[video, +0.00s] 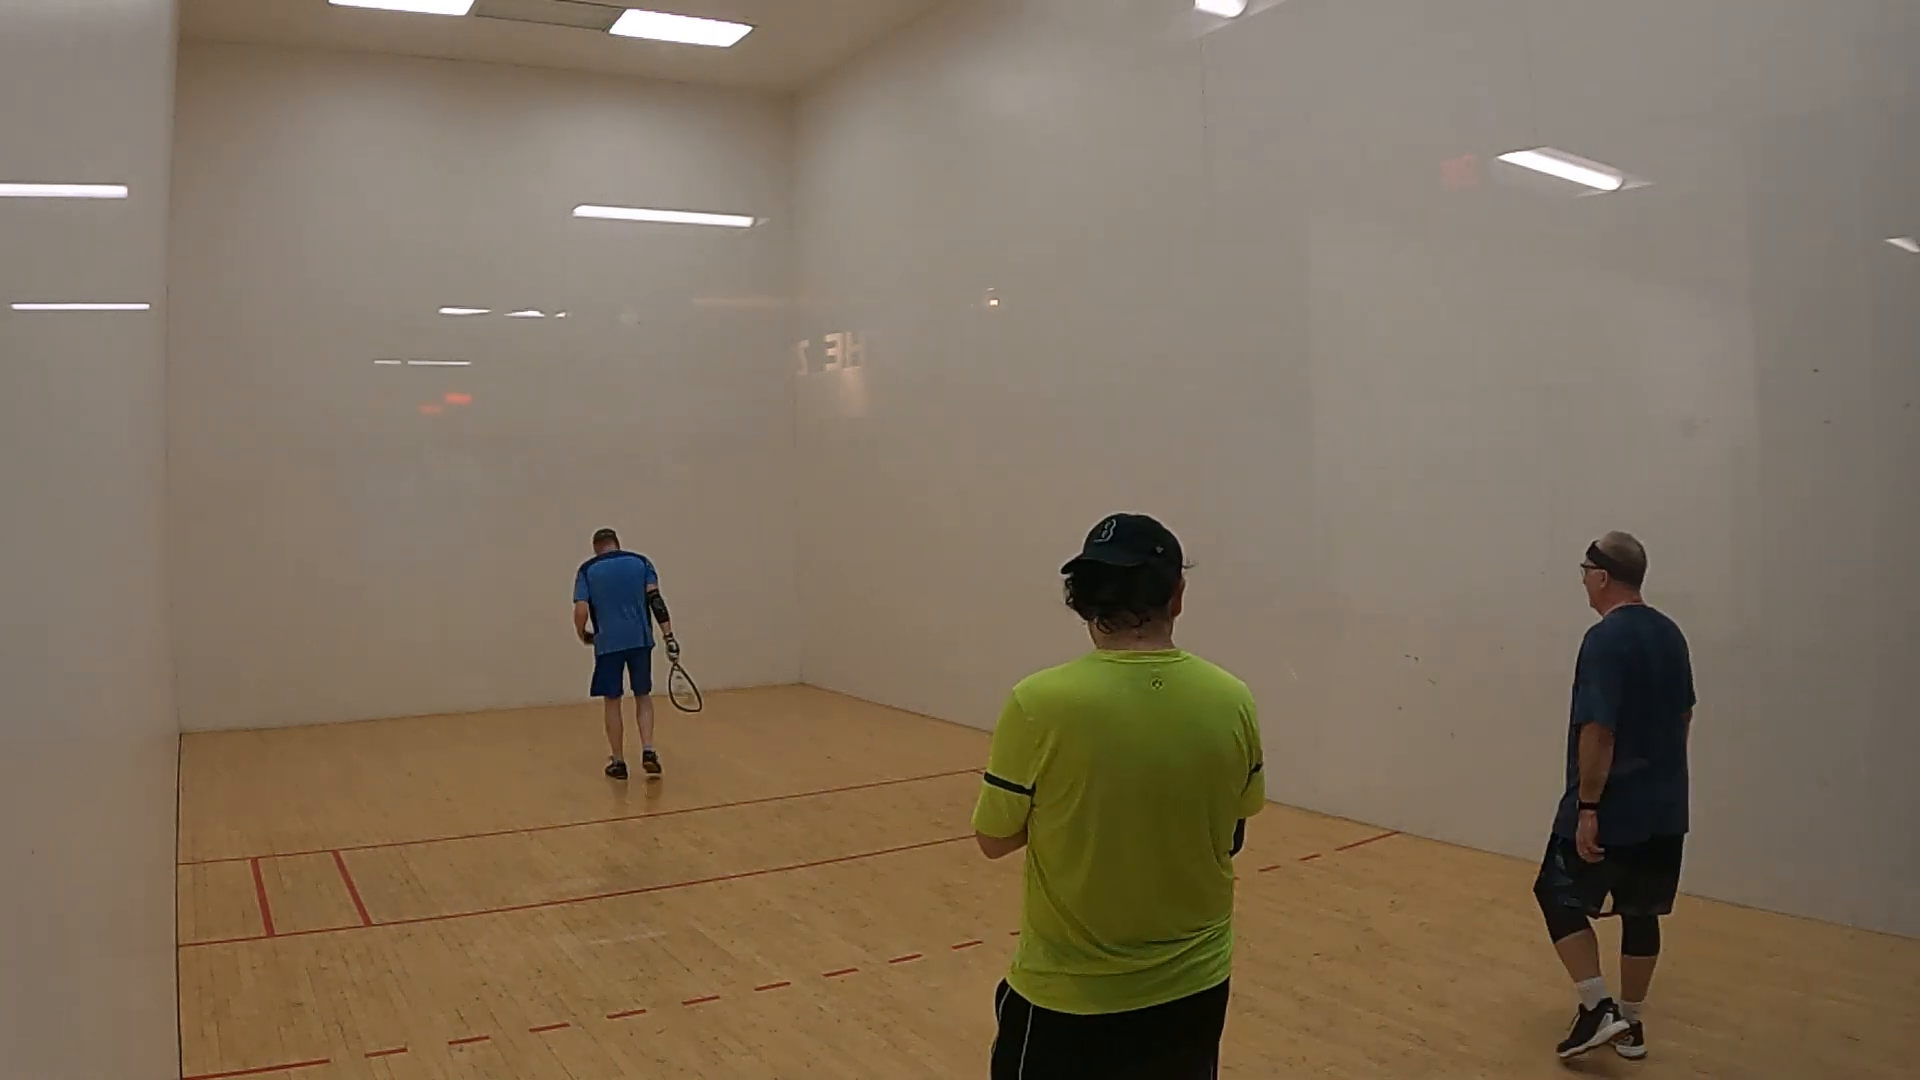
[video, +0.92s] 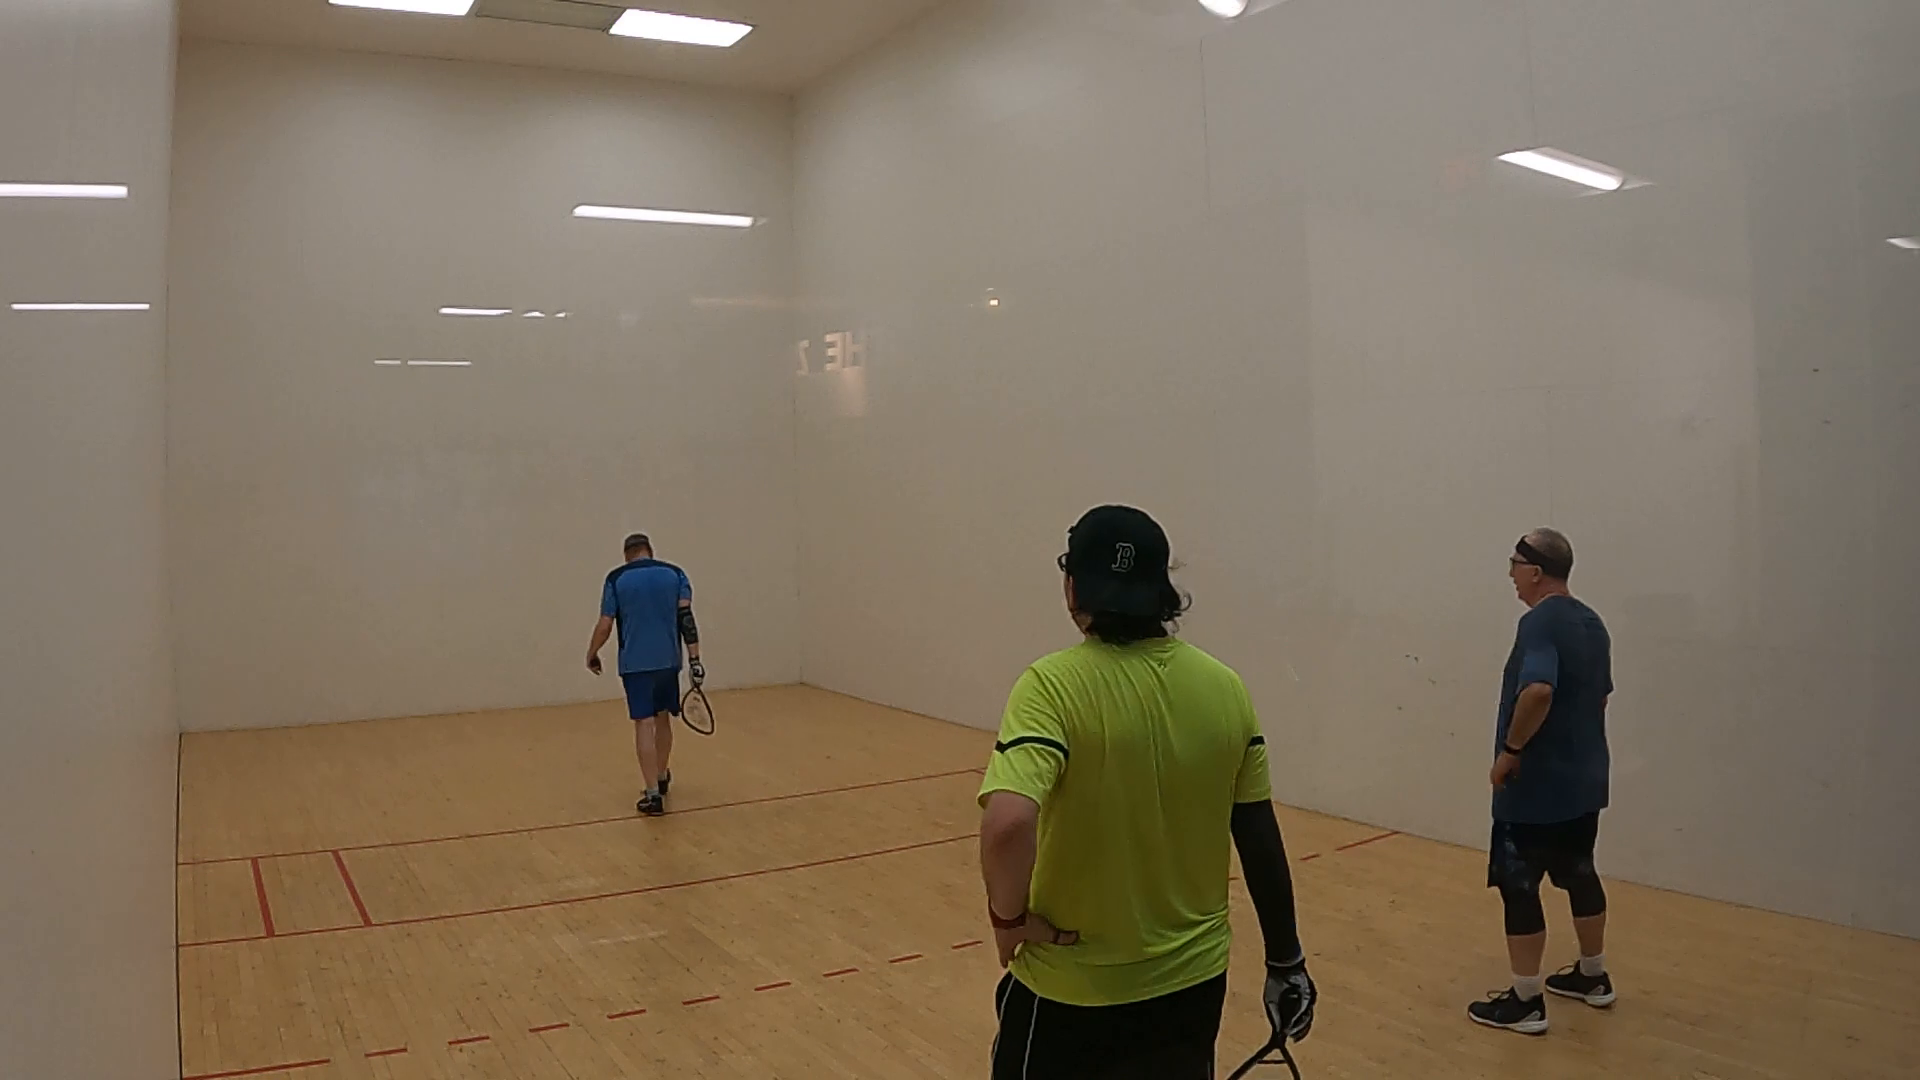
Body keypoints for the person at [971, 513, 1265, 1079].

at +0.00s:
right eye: (1186, 585)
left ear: (1082, 599)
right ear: (1178, 596)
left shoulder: (1039, 703)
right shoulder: (1230, 701)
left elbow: (994, 838)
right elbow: (1232, 833)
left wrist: (1069, 796)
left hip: (1061, 1016)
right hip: (1188, 1010)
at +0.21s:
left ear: (1080, 598)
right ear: (1178, 596)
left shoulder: (1041, 702)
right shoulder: (1229, 699)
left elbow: (993, 838)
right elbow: (1230, 831)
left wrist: (1071, 798)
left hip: (1061, 1014)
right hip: (1189, 1008)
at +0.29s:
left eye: (1082, 590)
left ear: (1082, 600)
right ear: (1177, 596)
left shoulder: (1042, 700)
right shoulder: (1229, 697)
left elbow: (991, 840)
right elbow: (1230, 832)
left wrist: (1067, 795)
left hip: (1064, 1013)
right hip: (1190, 1005)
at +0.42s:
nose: (1073, 599)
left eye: (1073, 587)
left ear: (1079, 596)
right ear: (1170, 591)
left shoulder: (1044, 698)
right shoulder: (1230, 696)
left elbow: (982, 847)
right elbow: (1234, 844)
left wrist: (1050, 797)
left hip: (1065, 1013)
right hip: (1189, 1004)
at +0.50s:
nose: (1069, 597)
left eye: (1069, 584)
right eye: (1071, 582)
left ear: (1078, 595)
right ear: (1165, 590)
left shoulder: (1047, 695)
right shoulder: (1229, 696)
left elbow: (981, 850)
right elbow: (1242, 847)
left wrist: (1038, 796)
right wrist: (1201, 927)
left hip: (1065, 1011)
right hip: (1190, 1002)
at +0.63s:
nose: (1065, 593)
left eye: (1066, 580)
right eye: (1067, 578)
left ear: (1075, 594)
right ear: (1160, 588)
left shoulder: (1047, 691)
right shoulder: (1227, 693)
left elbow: (980, 840)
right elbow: (1248, 849)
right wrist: (1239, 956)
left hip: (1063, 1012)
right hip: (1188, 1002)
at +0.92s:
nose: (1065, 586)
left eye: (1066, 572)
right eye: (1069, 570)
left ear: (1075, 589)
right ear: (1160, 586)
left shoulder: (1052, 683)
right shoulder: (1223, 688)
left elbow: (1008, 820)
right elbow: (1259, 836)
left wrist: (1008, 919)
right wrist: (1285, 959)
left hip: (1069, 1002)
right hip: (1189, 994)